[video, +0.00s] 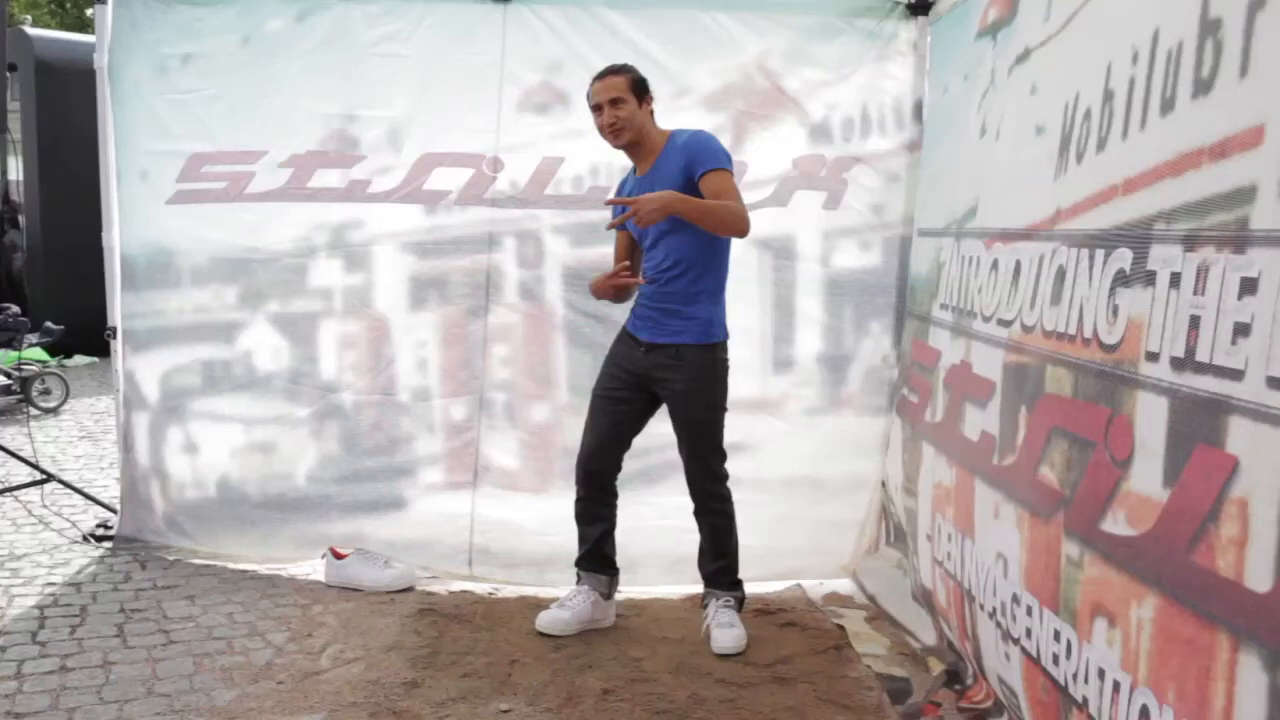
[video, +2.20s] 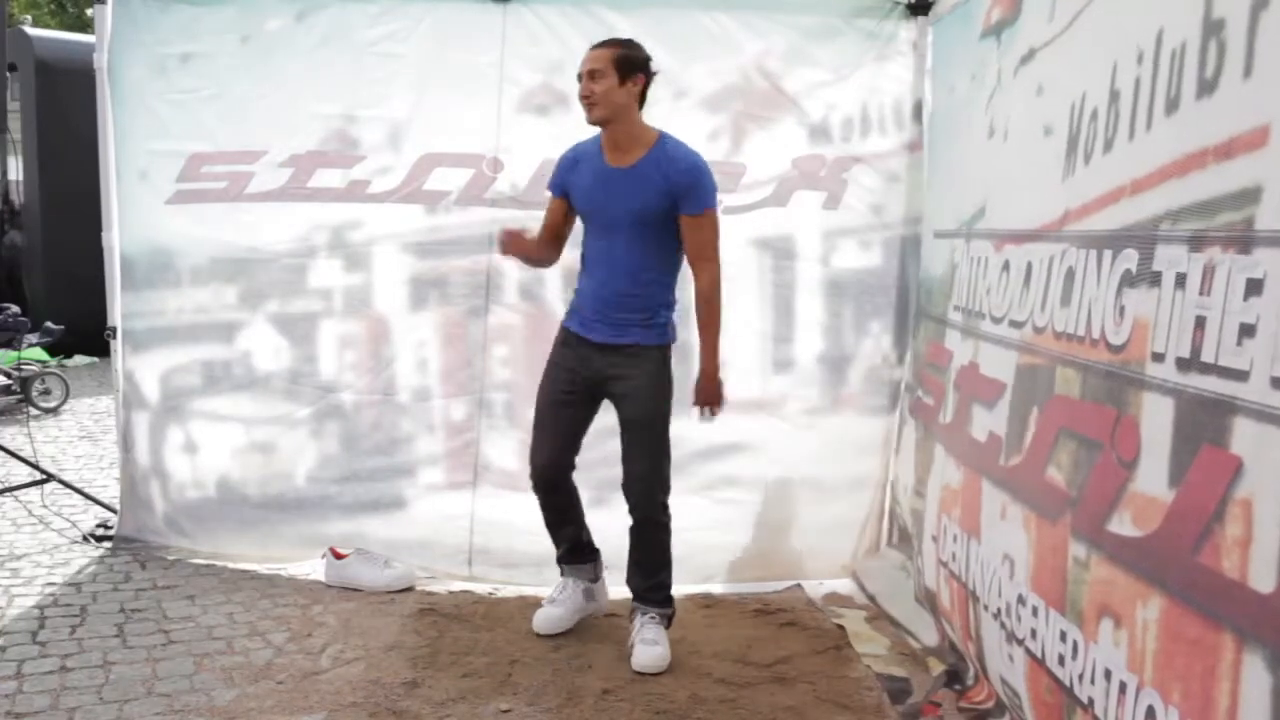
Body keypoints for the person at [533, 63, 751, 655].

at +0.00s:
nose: (608, 118)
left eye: (618, 104)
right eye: (599, 111)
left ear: (647, 104)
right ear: (595, 122)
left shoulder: (696, 149)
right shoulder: (625, 192)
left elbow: (738, 222)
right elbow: (625, 275)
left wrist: (675, 202)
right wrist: (605, 288)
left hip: (696, 348)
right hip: (636, 342)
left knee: (706, 477)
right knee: (594, 463)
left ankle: (723, 600)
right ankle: (595, 590)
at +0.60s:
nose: (586, 115)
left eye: (597, 102)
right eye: (577, 106)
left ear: (627, 104)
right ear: (574, 117)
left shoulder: (675, 157)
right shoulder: (594, 192)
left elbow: (709, 245)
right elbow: (588, 287)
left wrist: (632, 239)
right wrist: (560, 269)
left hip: (676, 354)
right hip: (613, 348)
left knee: (697, 483)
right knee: (574, 471)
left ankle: (722, 602)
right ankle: (593, 592)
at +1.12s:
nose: (566, 102)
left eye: (577, 91)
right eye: (556, 92)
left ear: (597, 99)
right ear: (543, 103)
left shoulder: (639, 155)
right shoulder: (540, 181)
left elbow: (658, 248)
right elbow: (539, 270)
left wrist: (633, 318)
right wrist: (526, 280)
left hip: (625, 344)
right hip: (565, 343)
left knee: (626, 478)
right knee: (554, 475)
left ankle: (644, 608)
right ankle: (591, 589)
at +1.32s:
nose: (568, 85)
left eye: (580, 76)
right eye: (558, 76)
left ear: (601, 85)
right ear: (546, 87)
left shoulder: (642, 149)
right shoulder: (535, 167)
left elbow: (682, 241)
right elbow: (504, 252)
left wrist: (707, 325)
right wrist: (448, 217)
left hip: (625, 337)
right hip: (561, 337)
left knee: (620, 470)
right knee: (563, 470)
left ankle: (614, 605)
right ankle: (586, 586)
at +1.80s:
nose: (601, 87)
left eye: (615, 78)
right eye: (592, 76)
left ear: (634, 91)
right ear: (578, 86)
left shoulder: (659, 163)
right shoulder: (545, 159)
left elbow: (669, 247)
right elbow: (529, 263)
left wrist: (675, 265)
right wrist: (538, 237)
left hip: (642, 337)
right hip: (571, 339)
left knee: (657, 463)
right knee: (571, 472)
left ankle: (630, 598)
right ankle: (588, 588)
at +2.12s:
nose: (588, 80)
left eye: (601, 69)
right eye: (586, 71)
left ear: (640, 78)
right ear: (591, 82)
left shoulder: (684, 161)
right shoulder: (570, 155)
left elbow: (701, 261)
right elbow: (544, 245)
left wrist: (683, 347)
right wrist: (557, 271)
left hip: (645, 345)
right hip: (575, 340)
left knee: (652, 487)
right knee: (560, 470)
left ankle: (652, 611)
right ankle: (587, 584)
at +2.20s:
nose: (582, 88)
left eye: (595, 78)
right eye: (581, 79)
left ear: (635, 85)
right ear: (589, 89)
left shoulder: (684, 169)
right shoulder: (576, 164)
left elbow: (705, 269)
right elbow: (548, 249)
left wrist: (709, 365)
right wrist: (524, 247)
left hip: (645, 354)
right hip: (578, 344)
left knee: (645, 493)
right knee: (547, 468)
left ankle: (652, 614)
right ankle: (582, 578)